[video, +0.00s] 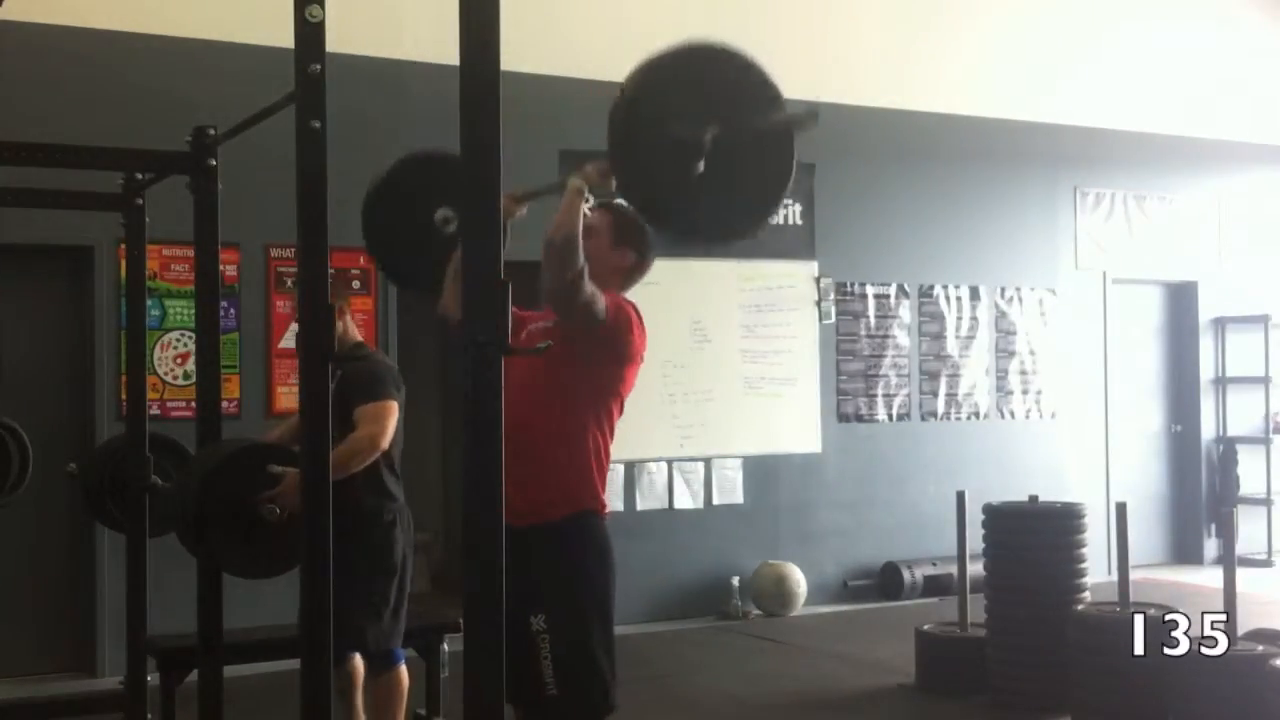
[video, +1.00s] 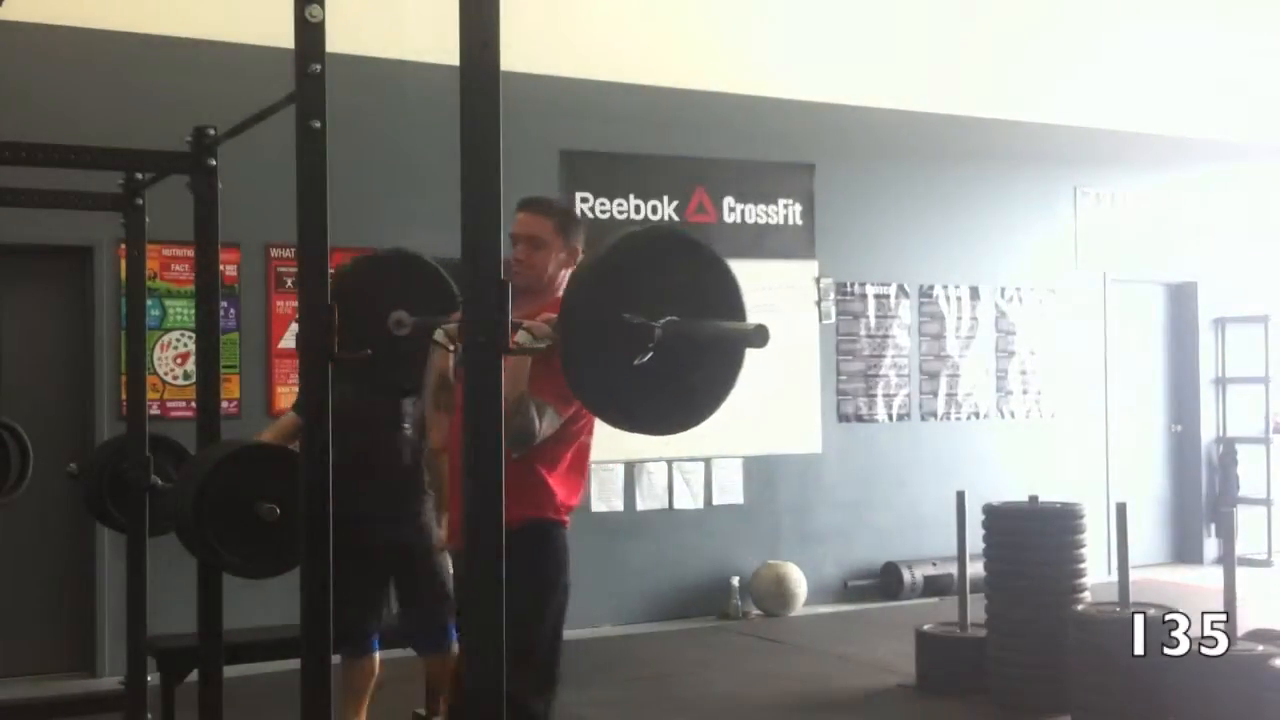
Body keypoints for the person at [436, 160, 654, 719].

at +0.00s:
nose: (573, 239)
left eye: (591, 232)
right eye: (575, 231)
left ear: (624, 260)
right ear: (563, 251)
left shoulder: (618, 326)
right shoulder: (530, 323)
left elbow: (562, 282)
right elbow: (456, 308)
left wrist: (576, 186)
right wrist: (488, 225)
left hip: (568, 527)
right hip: (503, 524)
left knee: (583, 686)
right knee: (508, 679)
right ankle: (535, 709)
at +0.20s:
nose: (577, 253)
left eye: (595, 245)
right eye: (578, 244)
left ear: (619, 268)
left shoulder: (623, 339)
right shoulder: (534, 335)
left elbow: (562, 350)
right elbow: (450, 361)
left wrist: (569, 264)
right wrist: (477, 282)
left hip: (565, 533)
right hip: (504, 530)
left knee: (573, 689)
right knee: (505, 683)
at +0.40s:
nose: (565, 245)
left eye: (581, 238)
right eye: (568, 236)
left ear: (615, 258)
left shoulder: (619, 337)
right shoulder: (534, 333)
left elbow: (561, 419)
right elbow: (470, 422)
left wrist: (569, 322)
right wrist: (462, 335)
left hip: (563, 530)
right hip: (502, 529)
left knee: (576, 684)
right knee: (506, 683)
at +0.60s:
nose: (542, 247)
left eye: (559, 239)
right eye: (547, 238)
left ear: (602, 255)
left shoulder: (603, 339)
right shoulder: (528, 337)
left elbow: (543, 430)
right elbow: (468, 430)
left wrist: (564, 334)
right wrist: (453, 341)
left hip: (556, 543)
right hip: (503, 542)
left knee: (564, 699)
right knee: (500, 697)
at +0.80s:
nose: (529, 249)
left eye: (547, 240)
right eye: (528, 238)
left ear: (587, 256)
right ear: (524, 244)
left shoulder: (589, 333)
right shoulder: (516, 327)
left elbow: (528, 428)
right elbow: (460, 427)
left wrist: (542, 336)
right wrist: (457, 336)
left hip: (548, 529)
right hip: (497, 525)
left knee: (545, 679)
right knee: (492, 675)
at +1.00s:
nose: (517, 253)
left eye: (534, 244)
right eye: (513, 241)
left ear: (569, 258)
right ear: (505, 246)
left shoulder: (573, 328)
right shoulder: (490, 320)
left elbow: (522, 432)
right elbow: (438, 428)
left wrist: (519, 347)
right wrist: (444, 342)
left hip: (530, 529)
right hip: (473, 527)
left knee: (523, 685)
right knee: (476, 679)